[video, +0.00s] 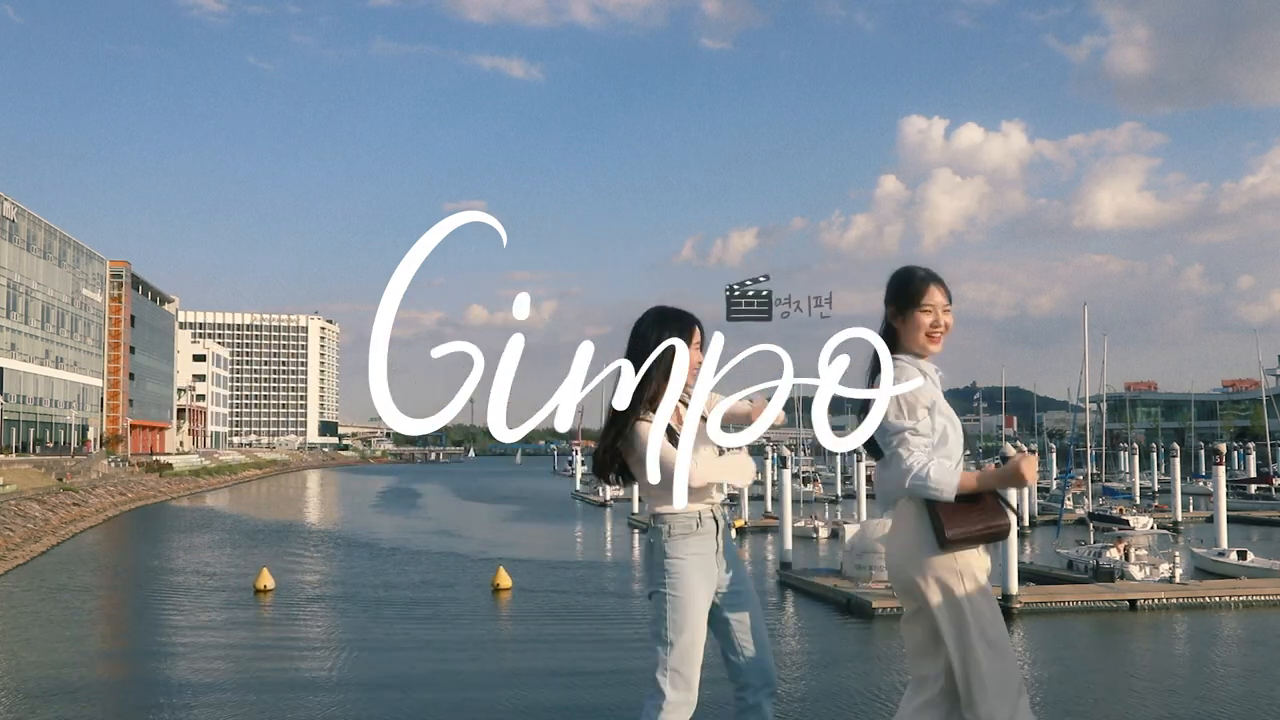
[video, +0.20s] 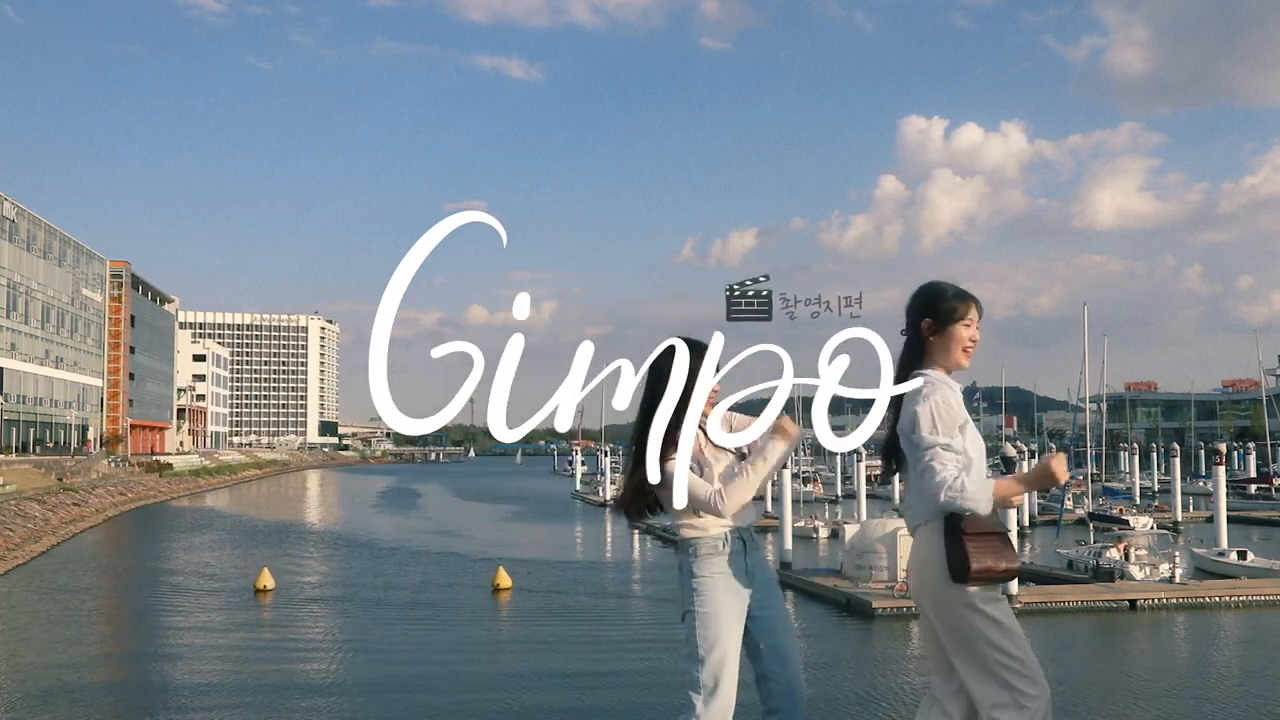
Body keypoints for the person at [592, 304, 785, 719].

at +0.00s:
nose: (700, 357)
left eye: (700, 347)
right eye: (691, 347)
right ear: (661, 353)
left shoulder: (691, 405)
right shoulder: (640, 424)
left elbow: (738, 411)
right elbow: (691, 471)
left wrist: (757, 411)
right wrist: (738, 464)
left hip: (721, 543)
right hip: (680, 547)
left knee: (758, 679)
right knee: (677, 691)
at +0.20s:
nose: (717, 387)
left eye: (716, 377)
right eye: (706, 379)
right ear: (679, 384)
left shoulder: (720, 424)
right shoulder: (662, 451)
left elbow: (778, 429)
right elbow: (721, 502)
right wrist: (779, 443)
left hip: (752, 556)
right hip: (709, 563)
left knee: (787, 687)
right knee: (714, 697)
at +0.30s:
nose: (731, 380)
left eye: (730, 370)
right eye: (722, 371)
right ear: (696, 375)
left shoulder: (730, 420)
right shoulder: (677, 433)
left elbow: (792, 425)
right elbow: (712, 512)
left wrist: (758, 444)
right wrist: (790, 498)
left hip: (758, 555)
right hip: (719, 559)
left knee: (784, 682)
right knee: (735, 686)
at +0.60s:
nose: (763, 376)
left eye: (759, 367)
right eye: (755, 369)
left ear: (718, 383)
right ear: (738, 381)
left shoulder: (708, 442)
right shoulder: (753, 446)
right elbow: (835, 480)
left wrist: (798, 496)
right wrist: (833, 442)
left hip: (724, 582)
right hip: (747, 586)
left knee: (782, 698)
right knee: (794, 702)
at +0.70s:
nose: (774, 383)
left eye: (769, 374)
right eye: (769, 375)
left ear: (719, 385)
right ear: (762, 384)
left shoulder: (709, 441)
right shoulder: (776, 440)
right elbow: (852, 468)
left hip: (724, 582)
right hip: (759, 583)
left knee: (785, 692)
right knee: (831, 691)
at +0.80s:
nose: (781, 372)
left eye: (775, 363)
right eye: (775, 363)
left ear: (721, 370)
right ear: (770, 369)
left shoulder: (711, 424)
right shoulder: (782, 423)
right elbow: (852, 453)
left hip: (735, 560)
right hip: (777, 557)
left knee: (781, 692)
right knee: (850, 672)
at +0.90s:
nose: (787, 360)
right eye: (782, 353)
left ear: (725, 363)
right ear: (778, 359)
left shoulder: (717, 414)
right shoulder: (792, 409)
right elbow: (860, 458)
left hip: (750, 547)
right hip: (799, 539)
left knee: (778, 687)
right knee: (857, 673)